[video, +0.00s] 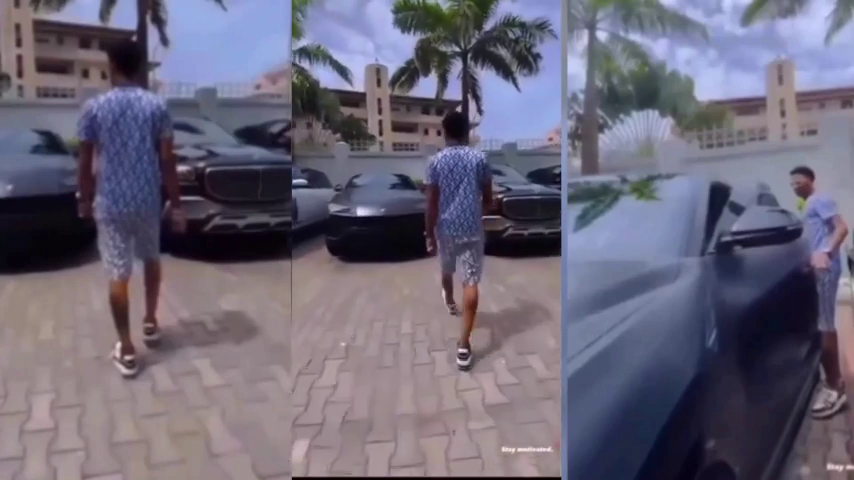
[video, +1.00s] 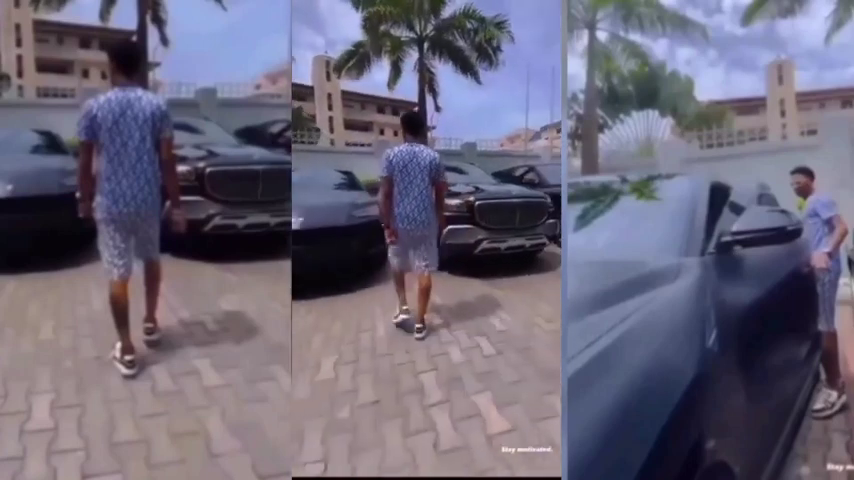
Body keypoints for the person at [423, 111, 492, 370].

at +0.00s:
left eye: (446, 130)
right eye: (465, 130)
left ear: (444, 132)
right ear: (467, 132)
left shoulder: (436, 161)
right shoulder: (479, 158)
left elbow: (432, 202)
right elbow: (488, 196)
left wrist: (429, 233)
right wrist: (479, 211)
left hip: (446, 227)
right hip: (472, 227)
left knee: (447, 268)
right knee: (471, 282)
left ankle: (450, 301)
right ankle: (464, 344)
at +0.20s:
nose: (437, 133)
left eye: (437, 129)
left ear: (437, 130)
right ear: (461, 129)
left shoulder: (430, 159)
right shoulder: (471, 155)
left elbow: (426, 199)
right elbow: (478, 192)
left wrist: (423, 230)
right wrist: (478, 219)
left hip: (441, 223)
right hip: (467, 223)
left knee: (442, 271)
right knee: (471, 269)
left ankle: (448, 312)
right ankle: (467, 315)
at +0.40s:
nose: (432, 131)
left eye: (432, 127)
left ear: (432, 128)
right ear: (454, 128)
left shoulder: (422, 156)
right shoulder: (463, 154)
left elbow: (415, 194)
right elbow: (472, 191)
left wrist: (414, 223)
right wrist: (476, 219)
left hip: (433, 221)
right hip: (459, 220)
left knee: (437, 272)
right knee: (462, 263)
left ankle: (442, 324)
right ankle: (462, 306)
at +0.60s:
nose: (426, 137)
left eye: (426, 133)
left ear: (427, 135)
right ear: (448, 135)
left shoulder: (416, 161)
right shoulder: (457, 161)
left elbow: (406, 197)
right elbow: (463, 197)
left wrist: (404, 224)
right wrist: (470, 225)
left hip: (423, 226)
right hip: (448, 226)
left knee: (428, 280)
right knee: (448, 266)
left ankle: (435, 340)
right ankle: (445, 300)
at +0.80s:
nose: (418, 136)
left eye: (418, 132)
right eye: (427, 131)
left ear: (418, 133)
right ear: (438, 133)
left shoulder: (406, 159)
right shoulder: (446, 160)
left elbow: (399, 197)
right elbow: (452, 198)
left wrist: (396, 227)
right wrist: (456, 228)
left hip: (414, 224)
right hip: (438, 224)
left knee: (410, 270)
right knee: (437, 268)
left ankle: (418, 316)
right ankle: (432, 309)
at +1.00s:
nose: (403, 132)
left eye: (402, 129)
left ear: (402, 130)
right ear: (424, 129)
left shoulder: (392, 155)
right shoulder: (432, 156)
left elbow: (386, 193)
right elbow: (440, 192)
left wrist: (386, 224)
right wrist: (440, 219)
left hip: (399, 222)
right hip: (425, 222)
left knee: (397, 266)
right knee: (424, 270)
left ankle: (403, 306)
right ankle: (420, 322)